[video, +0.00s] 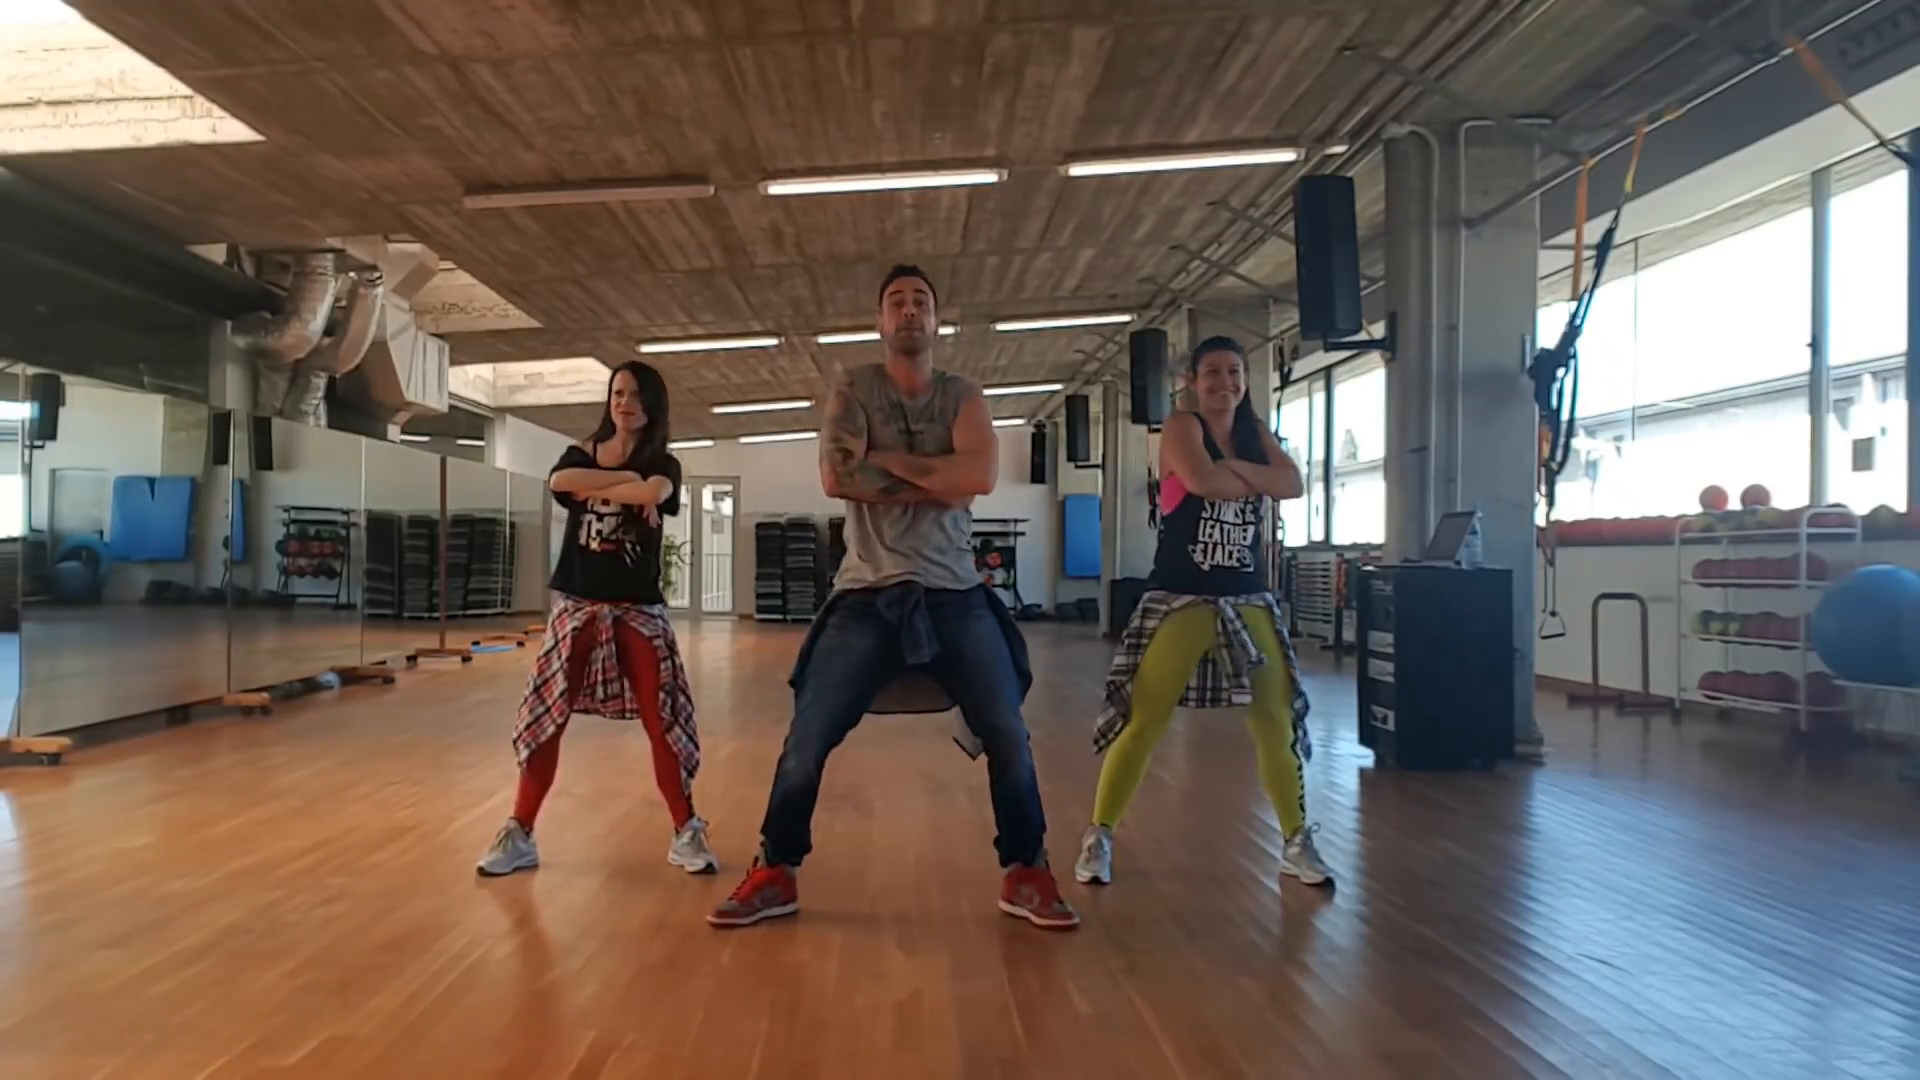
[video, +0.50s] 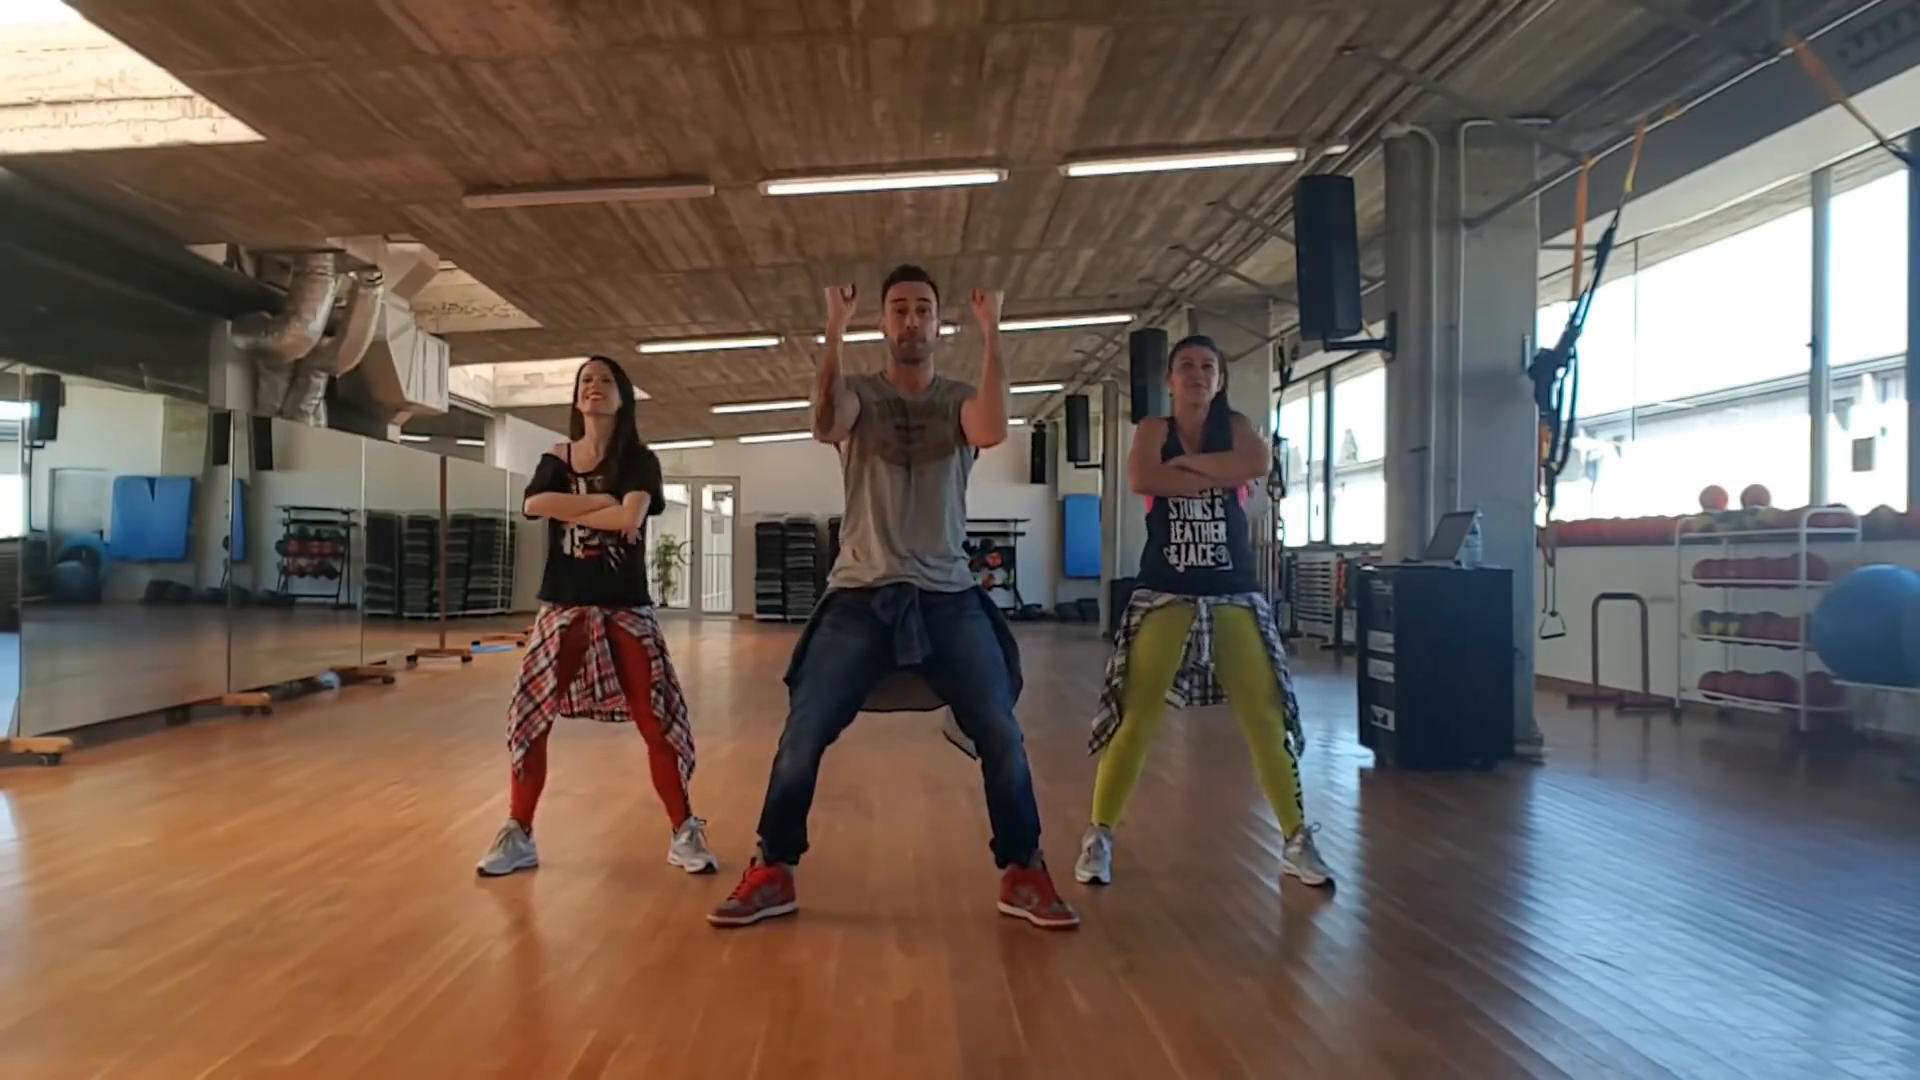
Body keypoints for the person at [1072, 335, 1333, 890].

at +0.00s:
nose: (1225, 380)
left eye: (1233, 372)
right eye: (1214, 372)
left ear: (1245, 382)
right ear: (1193, 382)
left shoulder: (1253, 432)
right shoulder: (1181, 426)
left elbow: (1292, 484)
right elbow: (1202, 481)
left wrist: (1231, 466)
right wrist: (1260, 483)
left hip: (1249, 598)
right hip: (1182, 598)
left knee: (1275, 723)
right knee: (1146, 721)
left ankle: (1297, 842)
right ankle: (1099, 838)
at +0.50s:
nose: (1197, 374)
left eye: (1206, 367)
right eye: (1186, 366)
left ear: (1220, 379)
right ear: (1170, 379)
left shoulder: (1236, 426)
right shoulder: (1153, 429)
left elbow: (1257, 464)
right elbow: (1141, 478)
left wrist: (1181, 462)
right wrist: (1220, 476)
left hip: (1233, 591)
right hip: (1164, 591)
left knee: (1264, 714)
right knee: (1138, 717)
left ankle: (1297, 841)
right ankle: (1098, 838)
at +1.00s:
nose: (1225, 380)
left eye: (1232, 371)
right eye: (1213, 372)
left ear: (1246, 384)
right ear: (1193, 387)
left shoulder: (1260, 438)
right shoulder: (1180, 442)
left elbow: (1306, 439)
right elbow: (1122, 459)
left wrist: (1268, 378)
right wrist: (1144, 389)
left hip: (1265, 603)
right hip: (1196, 605)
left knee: (1286, 725)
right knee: (1165, 727)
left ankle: (1284, 843)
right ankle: (1117, 838)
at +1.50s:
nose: (1161, 388)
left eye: (1171, 377)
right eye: (1151, 376)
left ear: (1185, 385)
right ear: (1132, 385)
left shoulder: (1200, 445)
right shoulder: (1112, 441)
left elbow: (1277, 455)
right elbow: (1111, 444)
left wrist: (1264, 386)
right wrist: (1145, 393)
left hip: (1180, 600)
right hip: (1111, 599)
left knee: (1228, 725)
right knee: (1091, 729)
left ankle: (1282, 837)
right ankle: (1076, 841)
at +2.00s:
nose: (1122, 374)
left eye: (1132, 366)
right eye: (1112, 365)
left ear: (1144, 376)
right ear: (1094, 373)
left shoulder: (1161, 433)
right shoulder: (1076, 429)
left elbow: (1238, 442)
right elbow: (1032, 436)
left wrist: (1237, 376)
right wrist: (1061, 374)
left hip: (1154, 592)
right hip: (1087, 592)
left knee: (1176, 711)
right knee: (1082, 719)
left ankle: (1129, 815)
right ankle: (1075, 835)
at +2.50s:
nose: (1202, 378)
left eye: (1210, 368)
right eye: (1191, 369)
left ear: (1222, 377)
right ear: (1172, 380)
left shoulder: (1242, 435)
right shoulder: (1159, 438)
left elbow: (1311, 432)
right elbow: (1091, 453)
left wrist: (1285, 379)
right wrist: (1102, 385)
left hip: (1233, 596)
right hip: (1171, 595)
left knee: (1256, 711)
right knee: (1134, 712)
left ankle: (1256, 840)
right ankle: (1088, 831)